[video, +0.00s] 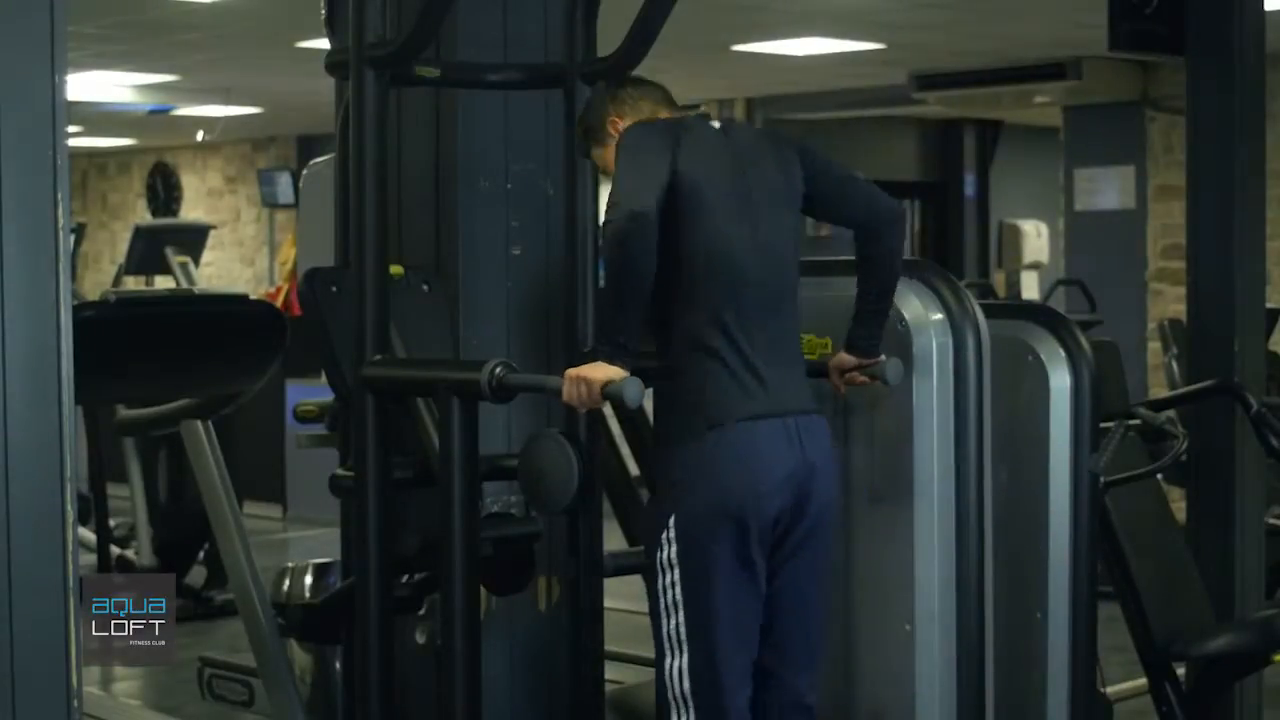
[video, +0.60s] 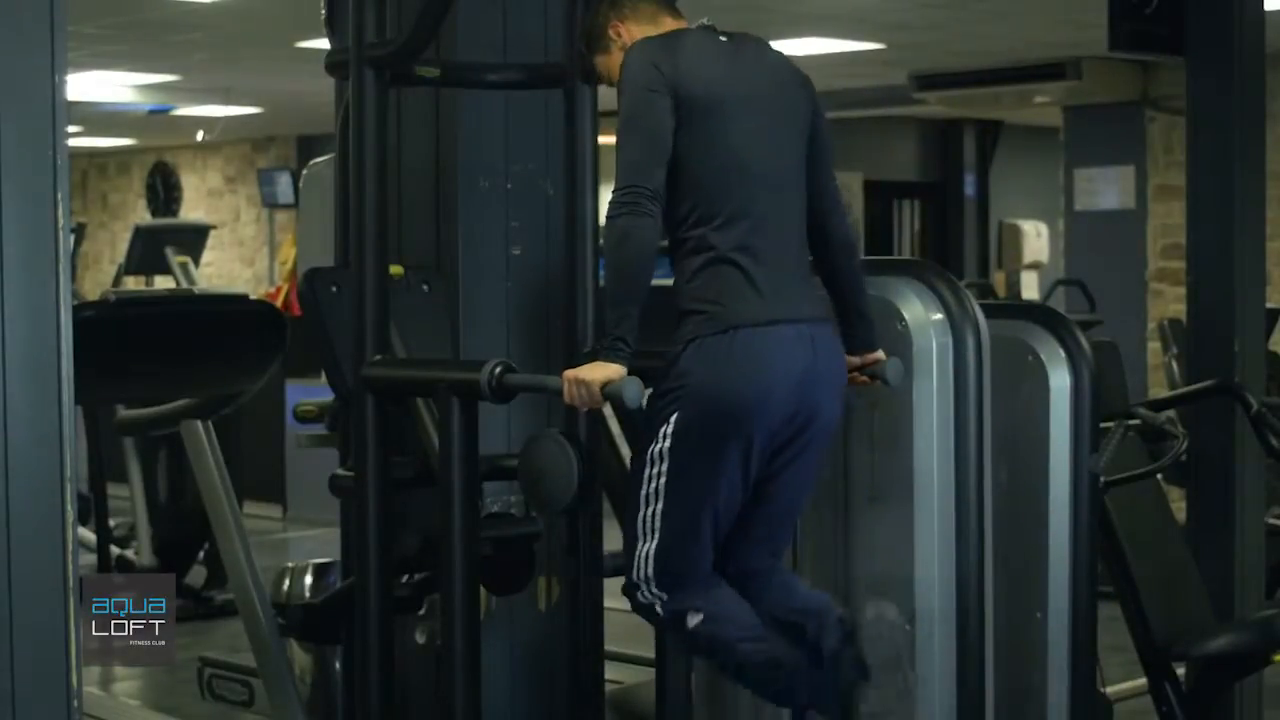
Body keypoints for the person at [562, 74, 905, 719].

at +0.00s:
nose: (614, 181)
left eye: (606, 165)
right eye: (605, 171)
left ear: (620, 128)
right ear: (677, 114)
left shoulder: (649, 140)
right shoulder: (774, 147)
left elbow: (629, 223)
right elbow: (882, 213)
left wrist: (614, 352)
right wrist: (863, 345)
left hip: (714, 445)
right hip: (806, 437)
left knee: (704, 688)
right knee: (792, 683)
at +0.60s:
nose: (615, 86)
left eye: (609, 73)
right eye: (608, 78)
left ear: (620, 29)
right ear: (674, 15)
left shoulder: (651, 62)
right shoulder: (785, 71)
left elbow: (637, 209)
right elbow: (829, 217)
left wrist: (610, 346)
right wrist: (859, 336)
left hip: (730, 352)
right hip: (818, 350)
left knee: (663, 581)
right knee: (752, 565)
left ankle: (810, 689)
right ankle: (836, 656)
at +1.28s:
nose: (607, 170)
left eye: (601, 153)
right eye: (600, 160)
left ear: (613, 118)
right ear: (668, 97)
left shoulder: (644, 130)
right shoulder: (770, 132)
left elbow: (625, 214)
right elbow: (872, 209)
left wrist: (610, 350)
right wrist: (868, 341)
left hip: (735, 423)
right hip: (818, 414)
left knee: (697, 669)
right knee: (778, 632)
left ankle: (881, 704)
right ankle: (880, 655)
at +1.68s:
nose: (595, 267)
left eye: (590, 255)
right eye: (588, 261)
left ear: (600, 218)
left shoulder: (633, 202)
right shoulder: (754, 201)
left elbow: (625, 215)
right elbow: (876, 215)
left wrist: (613, 352)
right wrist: (867, 341)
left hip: (744, 499)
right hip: (826, 485)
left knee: (725, 704)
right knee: (808, 704)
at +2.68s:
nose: (603, 166)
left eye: (596, 150)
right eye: (597, 158)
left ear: (605, 116)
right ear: (659, 93)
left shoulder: (636, 129)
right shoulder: (759, 126)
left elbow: (633, 216)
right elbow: (860, 207)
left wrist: (613, 350)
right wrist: (865, 339)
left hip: (719, 413)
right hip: (805, 402)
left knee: (699, 664)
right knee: (773, 635)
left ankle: (882, 705)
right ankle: (875, 649)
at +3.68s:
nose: (597, 275)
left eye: (591, 261)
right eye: (589, 266)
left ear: (599, 219)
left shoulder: (633, 204)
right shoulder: (754, 204)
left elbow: (625, 213)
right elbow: (876, 215)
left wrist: (610, 351)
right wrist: (867, 342)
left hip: (722, 502)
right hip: (805, 484)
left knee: (714, 705)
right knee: (803, 705)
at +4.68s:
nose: (606, 170)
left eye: (601, 154)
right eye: (600, 163)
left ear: (610, 122)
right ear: (668, 99)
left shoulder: (639, 131)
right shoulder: (762, 134)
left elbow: (629, 217)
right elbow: (865, 208)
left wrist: (611, 350)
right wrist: (867, 339)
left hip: (720, 421)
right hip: (805, 410)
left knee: (703, 671)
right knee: (778, 644)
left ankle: (866, 706)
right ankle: (877, 662)